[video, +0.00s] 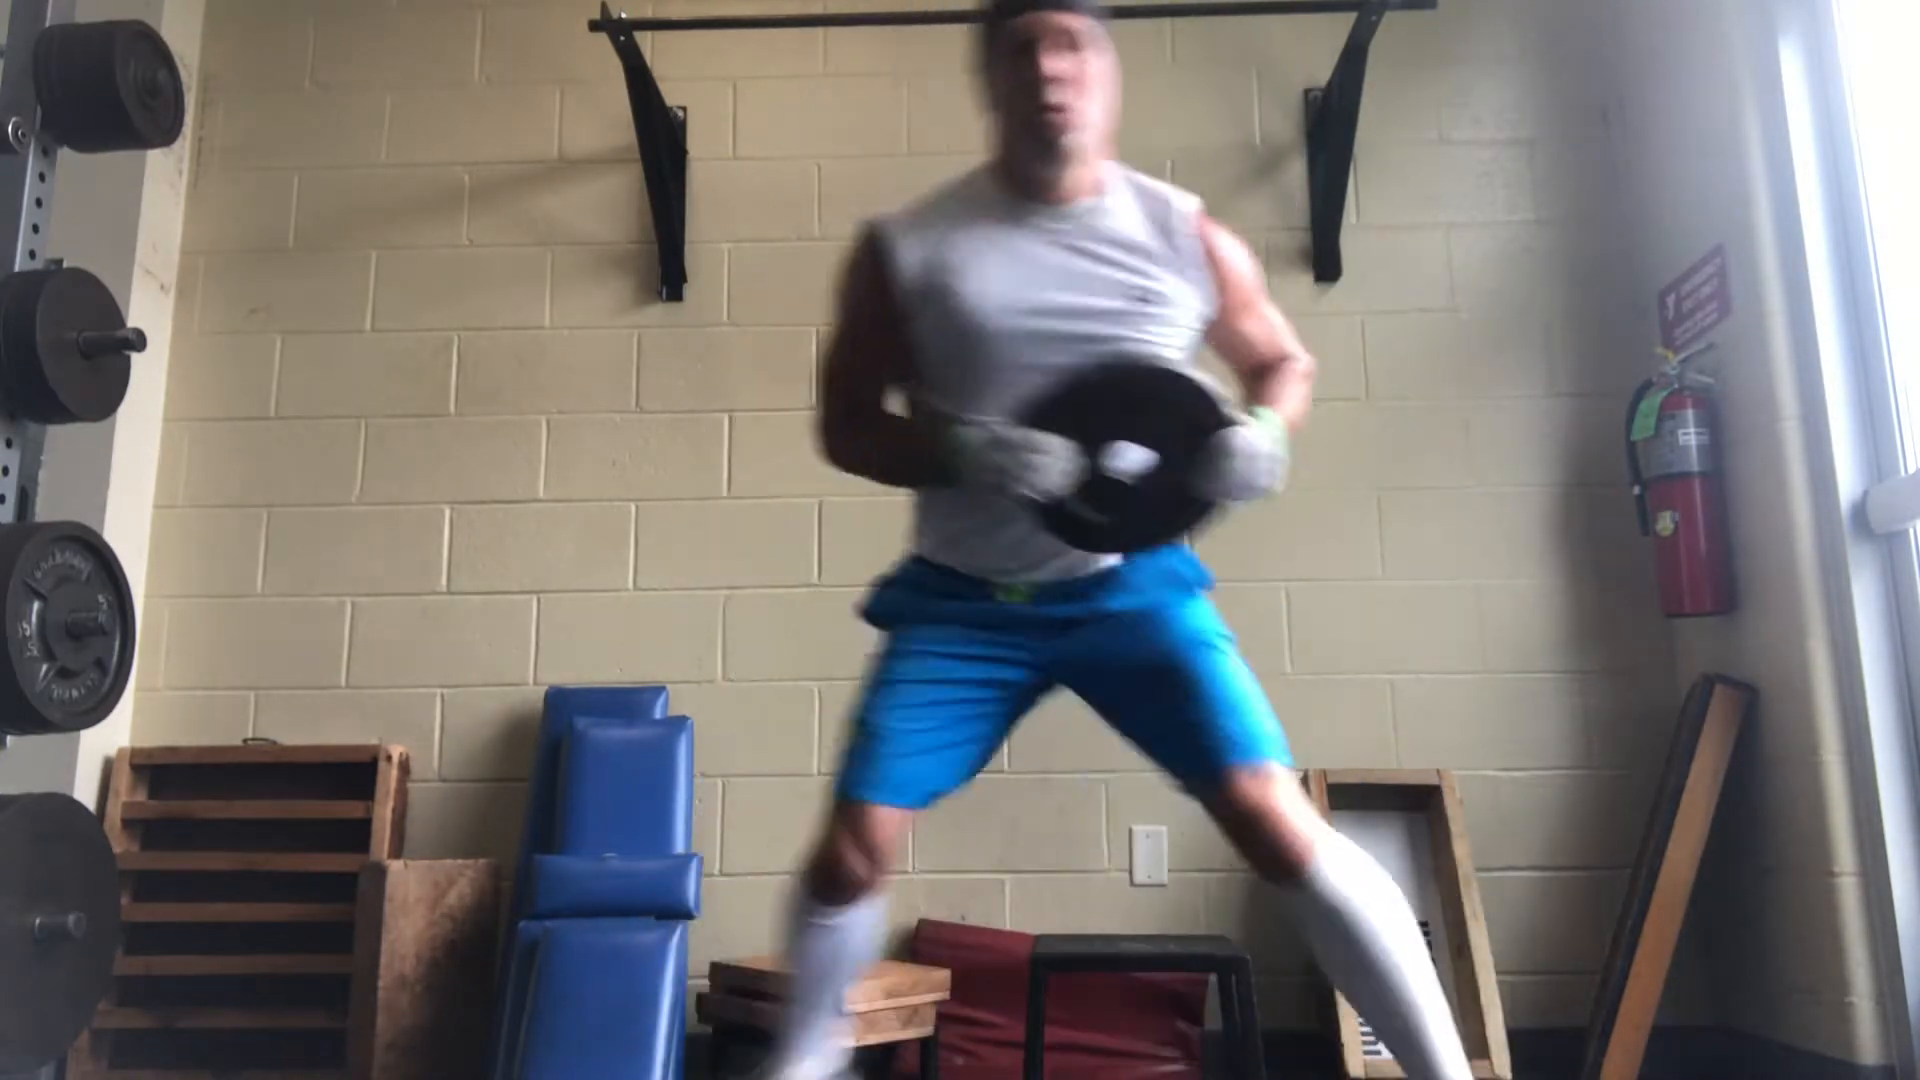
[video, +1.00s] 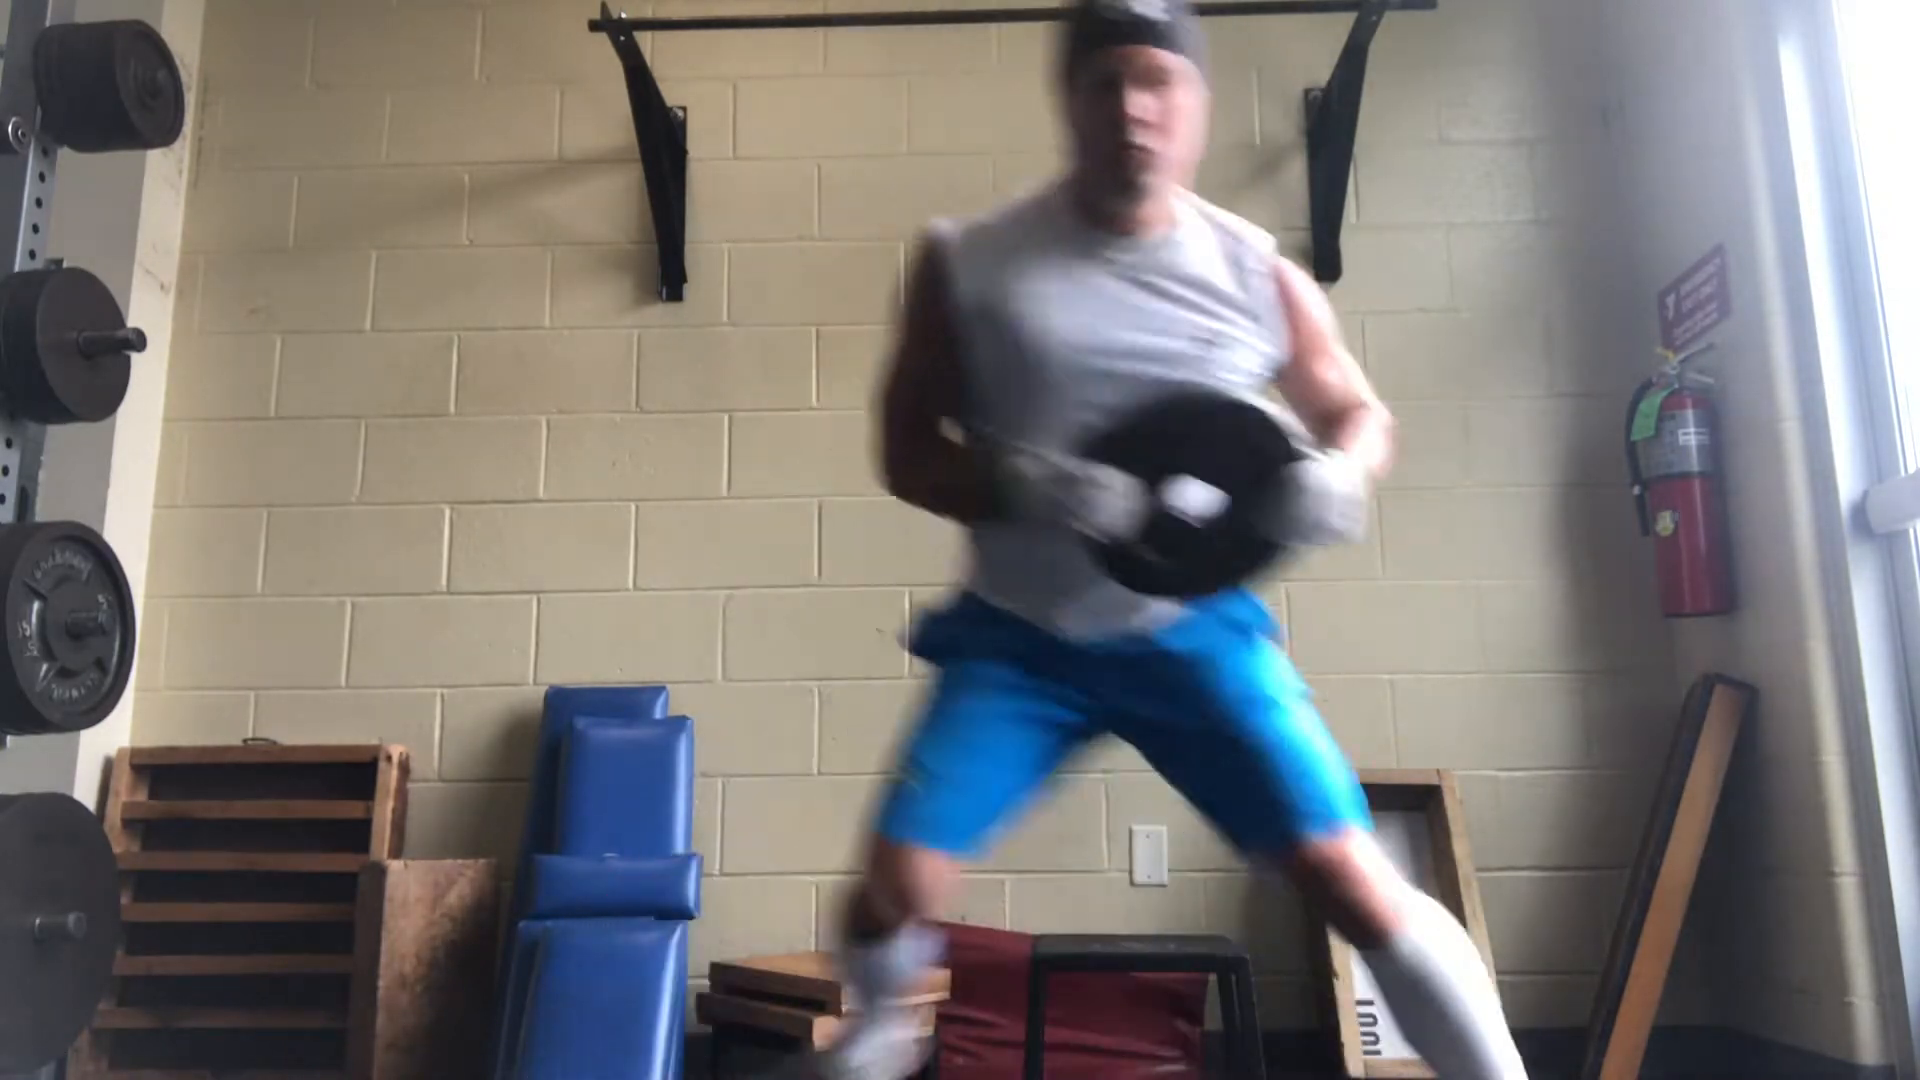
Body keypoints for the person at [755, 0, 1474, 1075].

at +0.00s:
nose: (1052, 71)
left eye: (1073, 46)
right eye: (1025, 50)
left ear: (1111, 74)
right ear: (989, 81)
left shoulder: (1187, 238)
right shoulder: (902, 250)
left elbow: (1285, 364)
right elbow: (846, 428)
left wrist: (1265, 433)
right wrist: (958, 453)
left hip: (1137, 594)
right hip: (962, 604)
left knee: (1274, 823)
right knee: (854, 846)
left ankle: (1448, 1070)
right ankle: (802, 1065)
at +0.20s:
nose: (1213, 121)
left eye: (1232, 103)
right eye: (1181, 104)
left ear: (1257, 143)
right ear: (1134, 139)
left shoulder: (1313, 315)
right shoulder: (1033, 302)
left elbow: (1364, 473)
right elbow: (942, 486)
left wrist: (1359, 543)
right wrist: (1066, 548)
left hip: (1247, 661)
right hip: (1063, 666)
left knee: (1375, 879)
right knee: (991, 913)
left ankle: (1480, 1073)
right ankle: (1077, 922)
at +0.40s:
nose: (1085, 61)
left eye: (1108, 40)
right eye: (1056, 42)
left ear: (1140, 74)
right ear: (1016, 68)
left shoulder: (1198, 230)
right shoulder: (918, 227)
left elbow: (1294, 416)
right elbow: (843, 361)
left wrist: (1176, 452)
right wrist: (887, 425)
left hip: (1122, 594)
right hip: (944, 573)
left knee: (1252, 846)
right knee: (786, 744)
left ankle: (1401, 1069)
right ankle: (703, 1002)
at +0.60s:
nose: (859, 128)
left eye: (885, 100)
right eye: (835, 104)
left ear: (929, 115)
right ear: (804, 126)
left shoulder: (1008, 279)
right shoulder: (741, 312)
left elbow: (1117, 477)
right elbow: (709, 513)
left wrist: (972, 526)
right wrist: (737, 533)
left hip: (966, 678)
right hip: (790, 665)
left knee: (978, 938)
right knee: (654, 898)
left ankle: (889, 1024)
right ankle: (547, 1077)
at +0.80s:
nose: (874, 131)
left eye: (897, 106)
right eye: (848, 111)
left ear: (941, 125)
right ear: (819, 137)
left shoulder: (1033, 281)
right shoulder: (755, 317)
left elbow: (1175, 444)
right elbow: (738, 459)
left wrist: (1056, 507)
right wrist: (769, 519)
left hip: (1007, 655)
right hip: (827, 662)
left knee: (1088, 888)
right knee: (681, 906)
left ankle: (1108, 1005)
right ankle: (555, 1075)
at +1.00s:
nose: (1133, 111)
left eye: (1157, 83)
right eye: (1106, 84)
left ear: (1200, 105)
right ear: (1067, 104)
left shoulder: (1258, 275)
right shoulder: (966, 265)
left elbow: (1362, 418)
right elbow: (907, 455)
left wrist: (1340, 476)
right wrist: (1022, 485)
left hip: (1200, 643)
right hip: (1018, 644)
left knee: (1348, 878)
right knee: (897, 887)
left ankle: (1497, 1074)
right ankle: (884, 1036)